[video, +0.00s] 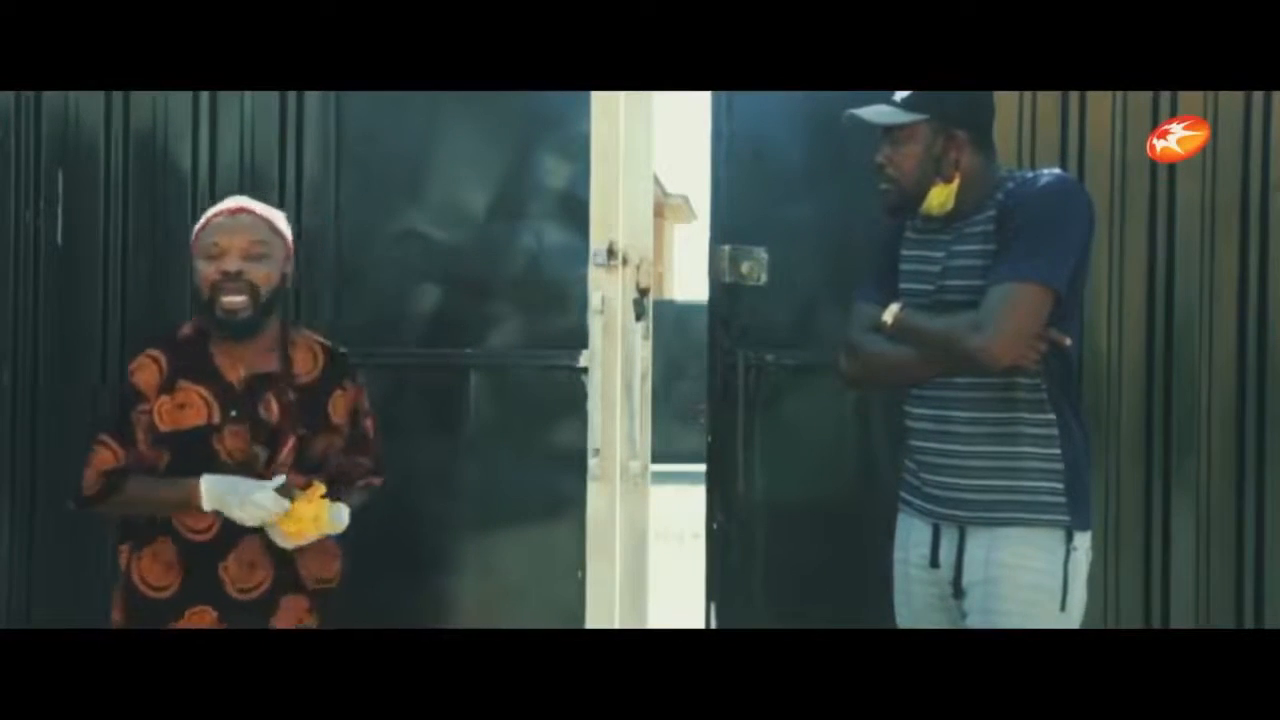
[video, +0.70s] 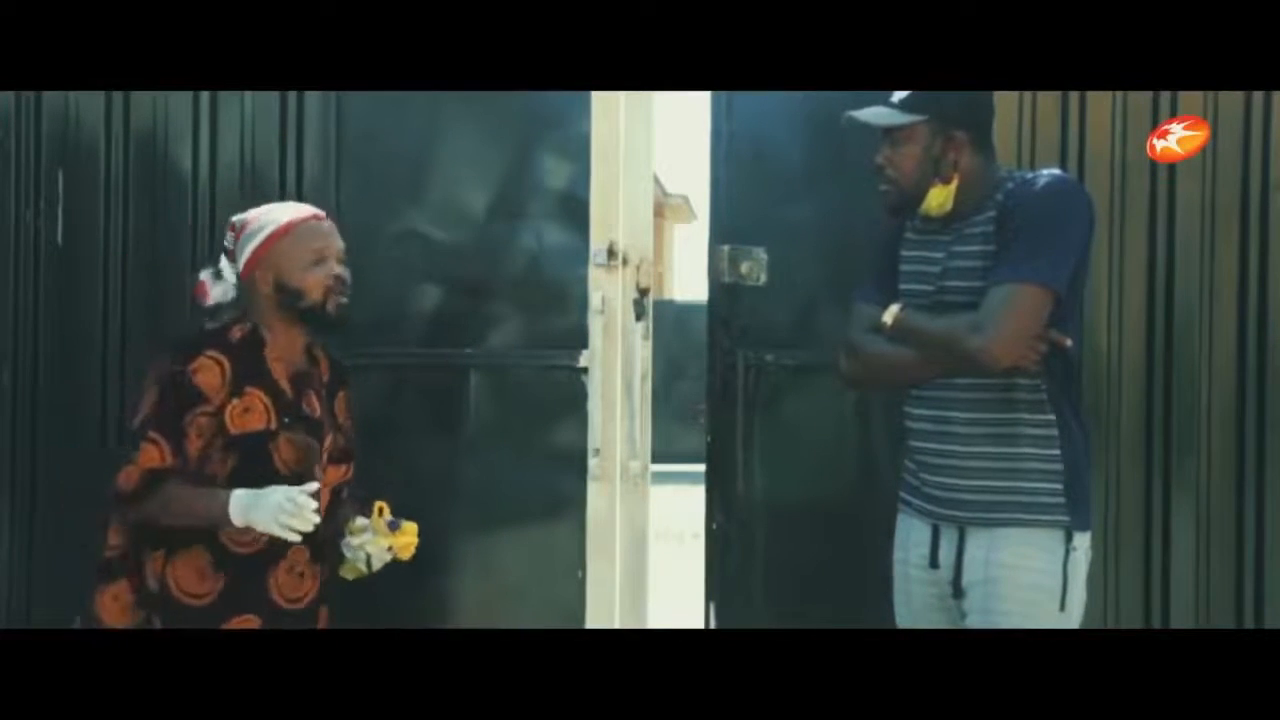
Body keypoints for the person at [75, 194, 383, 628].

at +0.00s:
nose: (231, 270)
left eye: (255, 257)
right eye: (213, 256)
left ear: (286, 271)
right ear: (193, 270)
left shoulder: (328, 371)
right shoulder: (157, 370)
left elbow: (363, 475)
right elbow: (99, 487)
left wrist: (327, 510)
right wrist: (211, 493)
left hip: (288, 613)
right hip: (173, 612)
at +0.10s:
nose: (218, 271)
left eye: (242, 258)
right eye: (201, 257)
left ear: (273, 272)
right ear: (181, 271)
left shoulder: (322, 371)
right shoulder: (143, 372)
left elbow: (363, 478)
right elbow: (86, 486)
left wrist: (324, 519)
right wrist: (174, 497)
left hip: (285, 612)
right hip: (166, 612)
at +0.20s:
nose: (248, 270)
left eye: (263, 255)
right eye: (224, 255)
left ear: (280, 269)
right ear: (186, 273)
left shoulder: (320, 372)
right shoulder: (139, 373)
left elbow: (360, 481)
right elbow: (77, 485)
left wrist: (338, 525)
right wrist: (138, 492)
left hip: (284, 615)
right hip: (165, 614)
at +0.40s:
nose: (313, 262)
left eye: (308, 248)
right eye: (289, 250)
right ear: (233, 269)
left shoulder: (321, 372)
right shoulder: (170, 365)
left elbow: (345, 480)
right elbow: (73, 473)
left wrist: (350, 522)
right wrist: (132, 500)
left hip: (284, 615)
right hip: (176, 615)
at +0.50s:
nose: (329, 262)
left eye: (323, 249)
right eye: (308, 252)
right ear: (255, 272)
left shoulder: (324, 376)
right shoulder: (185, 369)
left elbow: (325, 496)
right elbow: (95, 482)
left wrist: (350, 528)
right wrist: (181, 500)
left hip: (286, 615)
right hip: (181, 616)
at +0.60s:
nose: (341, 268)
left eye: (335, 255)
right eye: (320, 258)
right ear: (267, 276)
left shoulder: (326, 375)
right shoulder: (197, 367)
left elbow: (327, 498)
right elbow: (124, 490)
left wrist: (353, 529)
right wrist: (226, 501)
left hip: (290, 615)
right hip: (188, 614)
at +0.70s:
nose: (340, 275)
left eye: (341, 261)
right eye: (318, 263)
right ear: (265, 278)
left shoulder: (328, 375)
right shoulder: (205, 370)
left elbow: (329, 494)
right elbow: (137, 492)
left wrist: (354, 534)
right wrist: (242, 507)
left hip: (300, 614)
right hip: (206, 615)